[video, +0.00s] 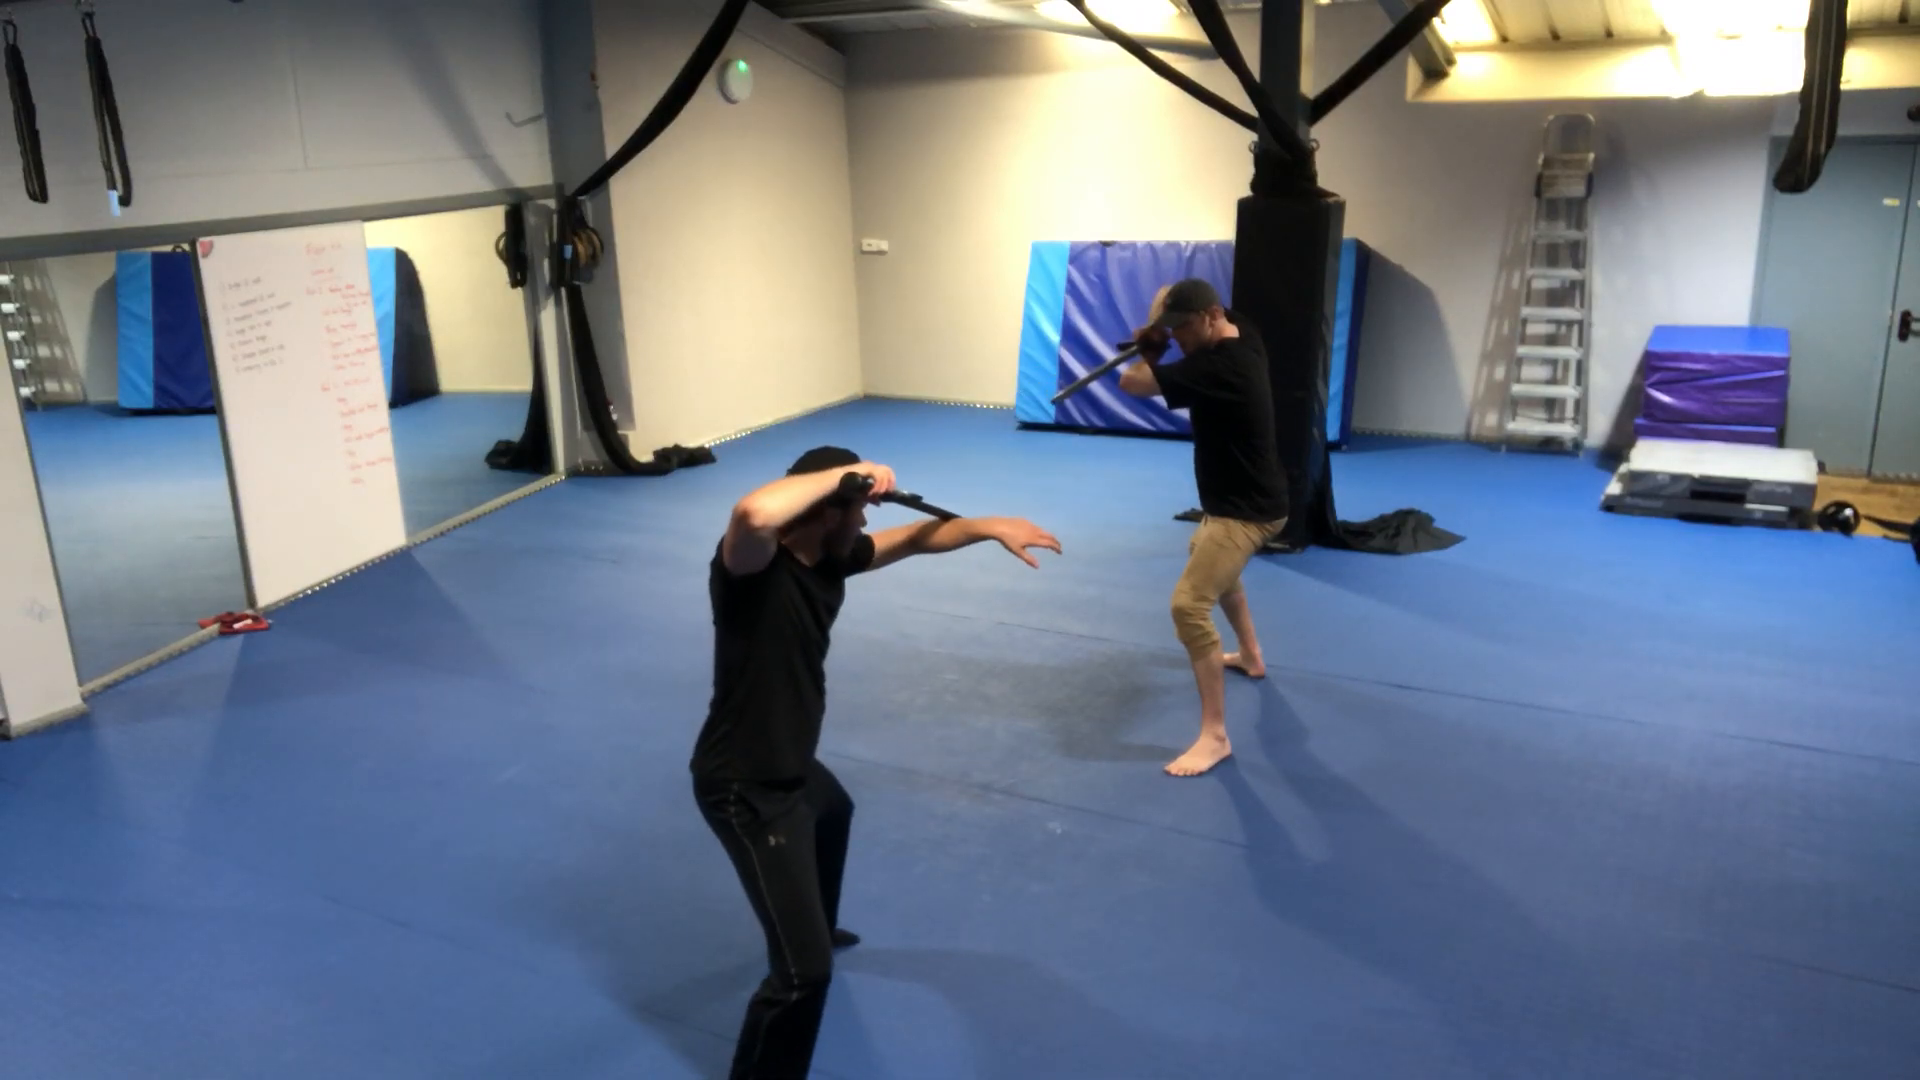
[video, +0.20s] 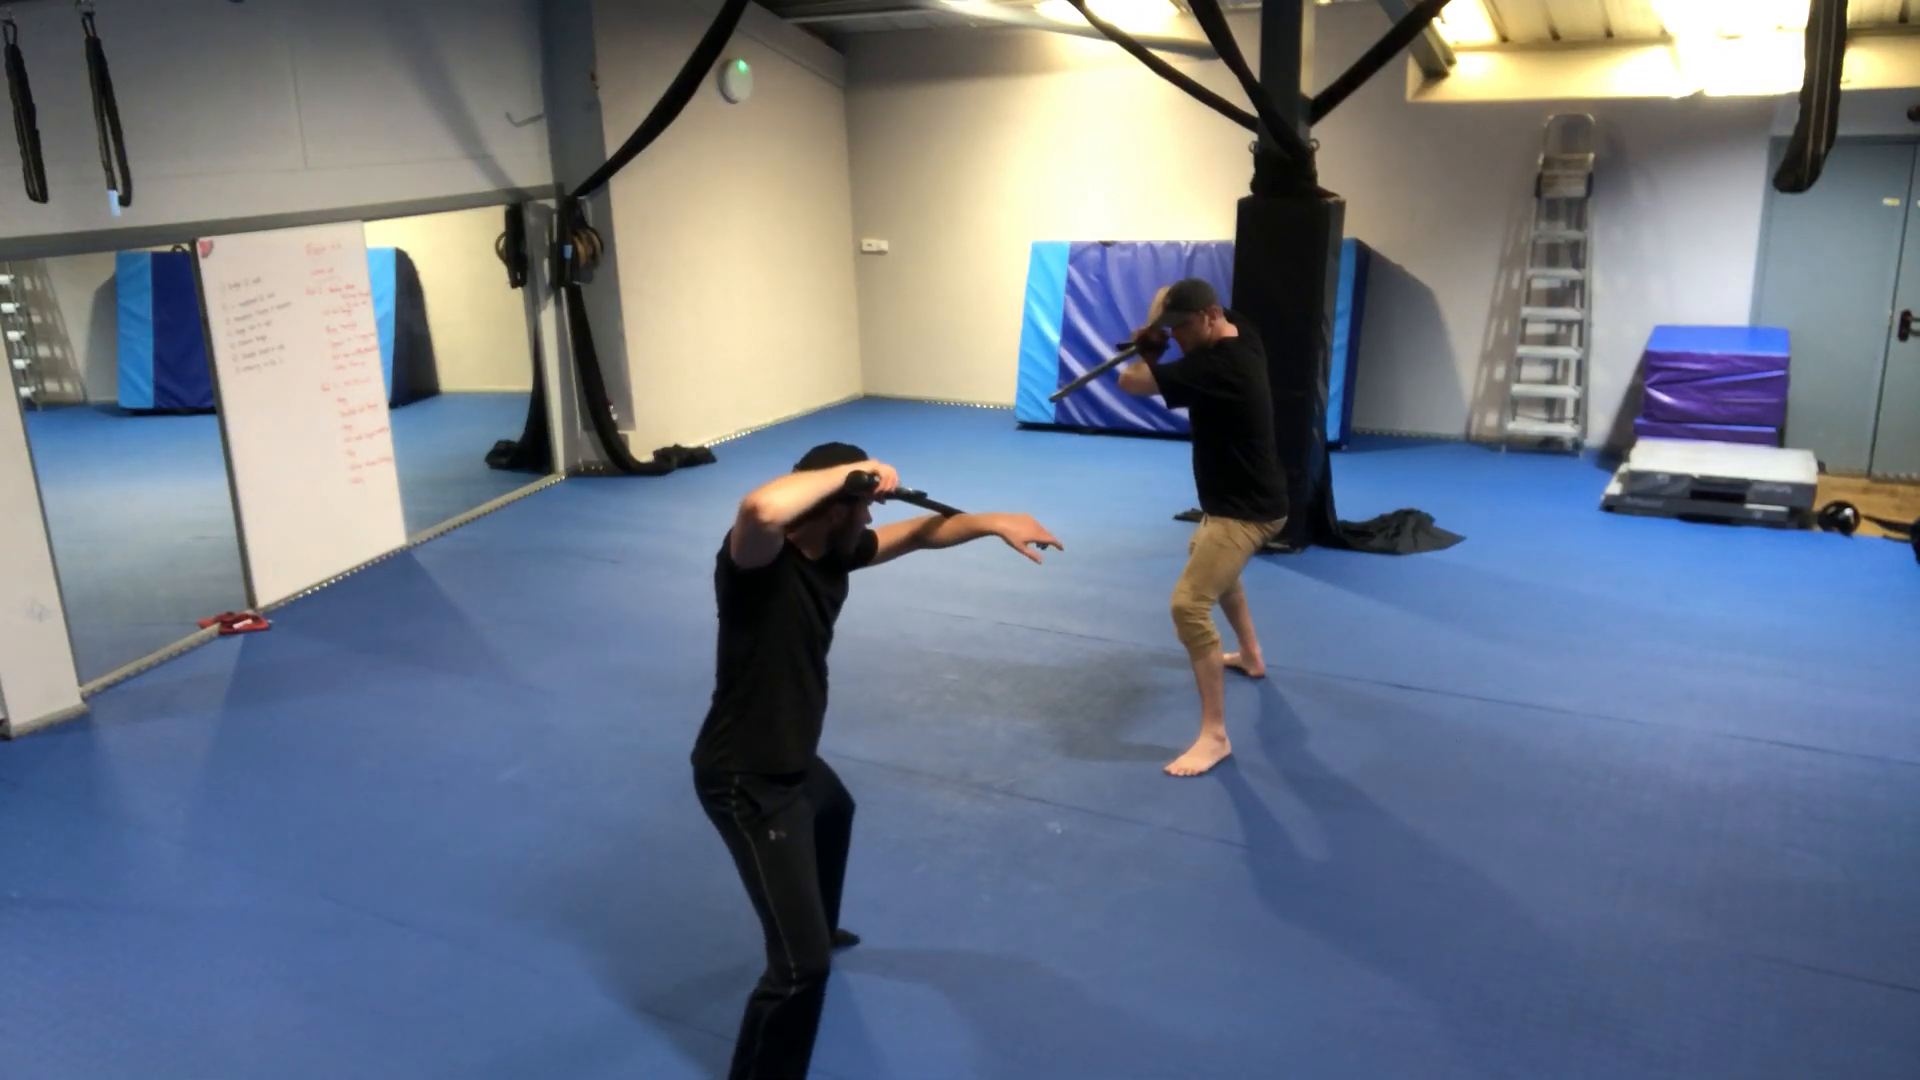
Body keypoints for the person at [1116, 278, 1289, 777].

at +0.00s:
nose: (1179, 342)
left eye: (1183, 334)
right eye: (1176, 334)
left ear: (1210, 319)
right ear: (1213, 318)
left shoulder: (1217, 365)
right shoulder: (1240, 342)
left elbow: (1133, 382)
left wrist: (1152, 352)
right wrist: (1156, 326)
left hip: (1245, 512)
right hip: (1233, 502)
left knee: (1191, 608)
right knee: (1206, 555)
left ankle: (1214, 734)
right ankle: (1250, 653)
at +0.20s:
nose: (1177, 340)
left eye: (1182, 331)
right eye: (1174, 331)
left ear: (1209, 319)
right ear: (1212, 318)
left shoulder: (1215, 365)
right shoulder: (1240, 340)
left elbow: (1132, 381)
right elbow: (1174, 295)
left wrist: (1150, 351)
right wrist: (1154, 327)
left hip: (1244, 512)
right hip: (1233, 502)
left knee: (1190, 607)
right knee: (1206, 554)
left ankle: (1214, 734)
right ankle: (1250, 653)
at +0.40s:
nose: (1178, 340)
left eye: (1181, 332)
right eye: (1175, 332)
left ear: (1208, 319)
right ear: (1211, 317)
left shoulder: (1215, 365)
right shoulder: (1239, 340)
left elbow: (1131, 381)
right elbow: (1175, 296)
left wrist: (1149, 350)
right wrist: (1153, 326)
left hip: (1244, 512)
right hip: (1234, 501)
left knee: (1190, 607)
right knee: (1207, 556)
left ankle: (1214, 734)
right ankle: (1250, 653)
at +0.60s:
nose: (1178, 341)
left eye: (1181, 332)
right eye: (1175, 332)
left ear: (1207, 319)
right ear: (1212, 316)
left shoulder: (1215, 365)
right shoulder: (1242, 341)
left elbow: (1131, 381)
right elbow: (1176, 295)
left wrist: (1149, 350)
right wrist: (1154, 326)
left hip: (1245, 512)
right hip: (1235, 501)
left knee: (1191, 607)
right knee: (1207, 556)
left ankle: (1214, 734)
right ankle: (1249, 653)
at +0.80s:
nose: (1179, 340)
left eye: (1183, 332)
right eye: (1176, 332)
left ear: (1210, 319)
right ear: (1213, 317)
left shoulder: (1215, 365)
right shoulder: (1243, 341)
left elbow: (1132, 381)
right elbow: (1176, 296)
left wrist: (1150, 349)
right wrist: (1155, 325)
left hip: (1244, 512)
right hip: (1235, 501)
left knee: (1191, 607)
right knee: (1208, 557)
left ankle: (1214, 734)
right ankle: (1250, 653)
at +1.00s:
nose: (1179, 337)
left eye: (1183, 329)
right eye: (1175, 329)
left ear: (1211, 317)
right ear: (1213, 317)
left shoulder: (1218, 364)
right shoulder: (1240, 340)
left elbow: (1133, 381)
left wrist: (1150, 347)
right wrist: (1155, 326)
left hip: (1244, 511)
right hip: (1236, 501)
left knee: (1192, 608)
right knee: (1208, 558)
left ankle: (1214, 734)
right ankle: (1250, 653)